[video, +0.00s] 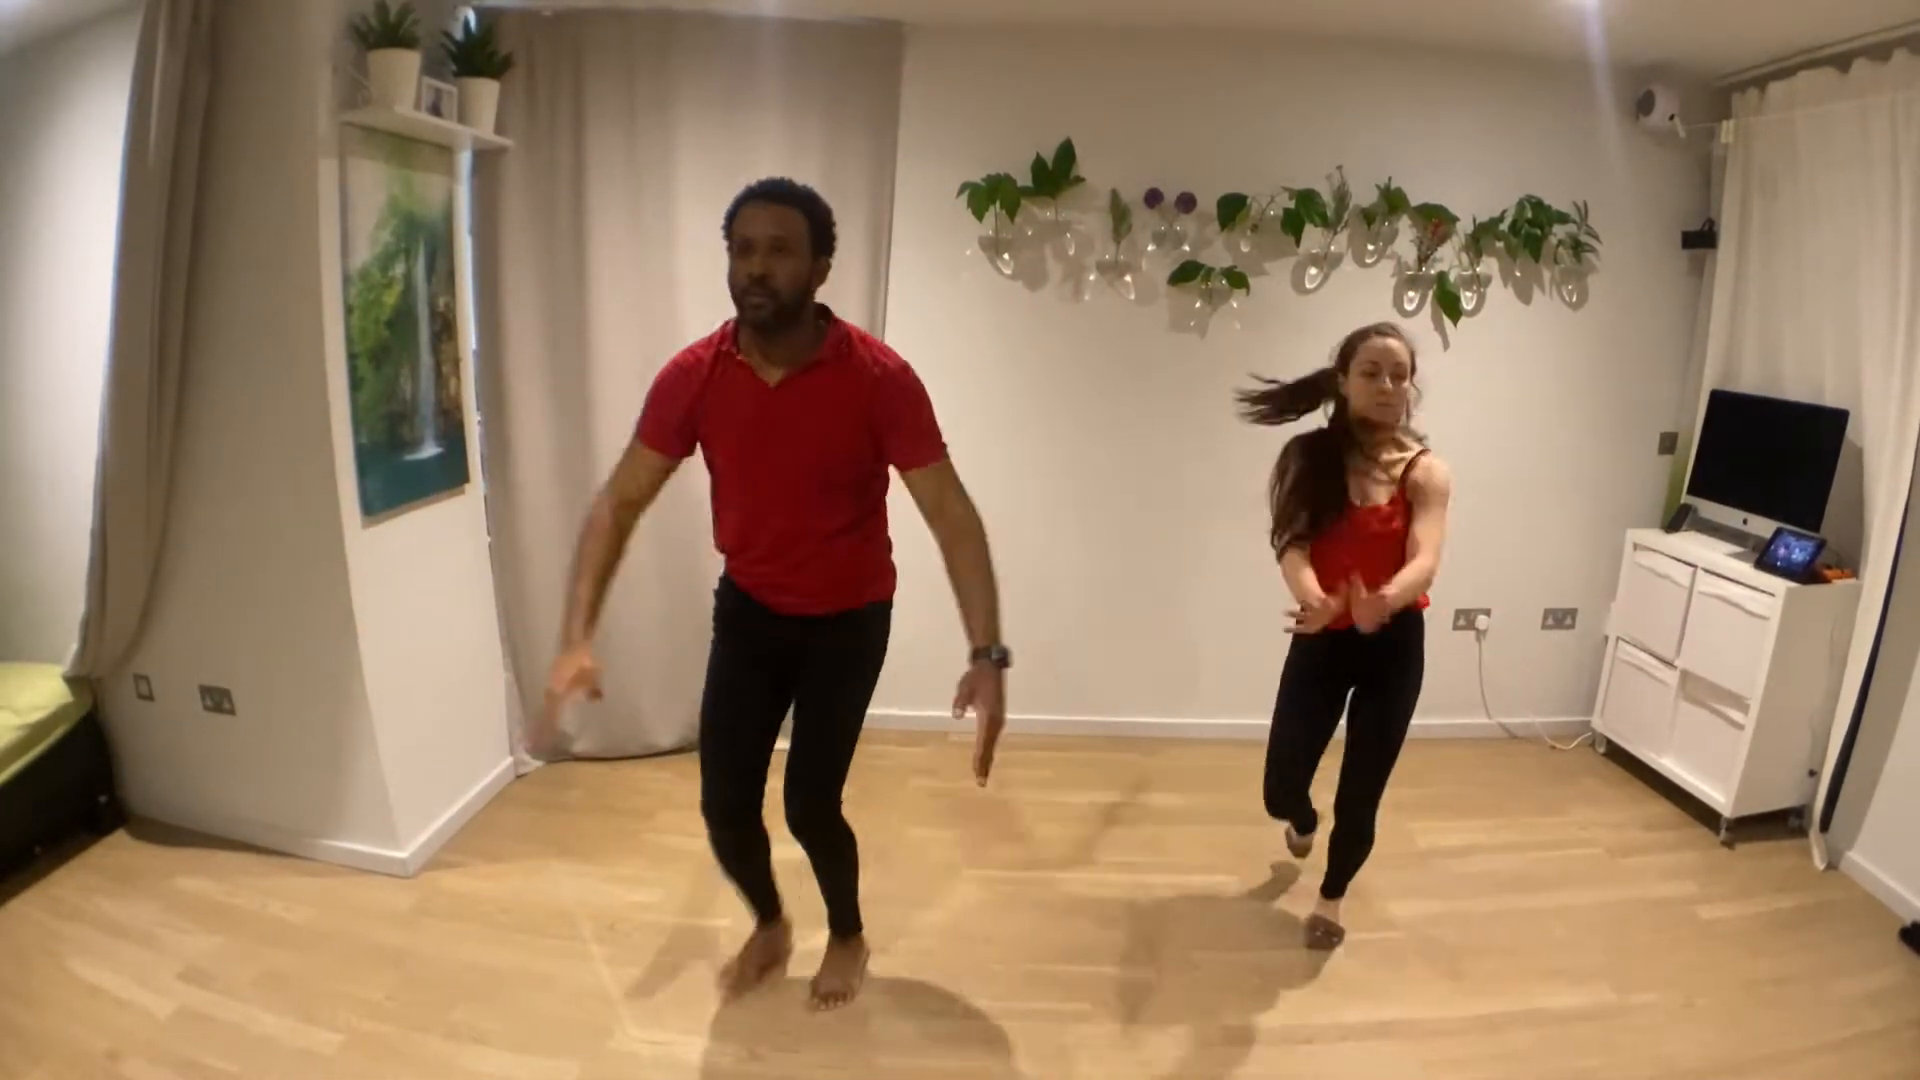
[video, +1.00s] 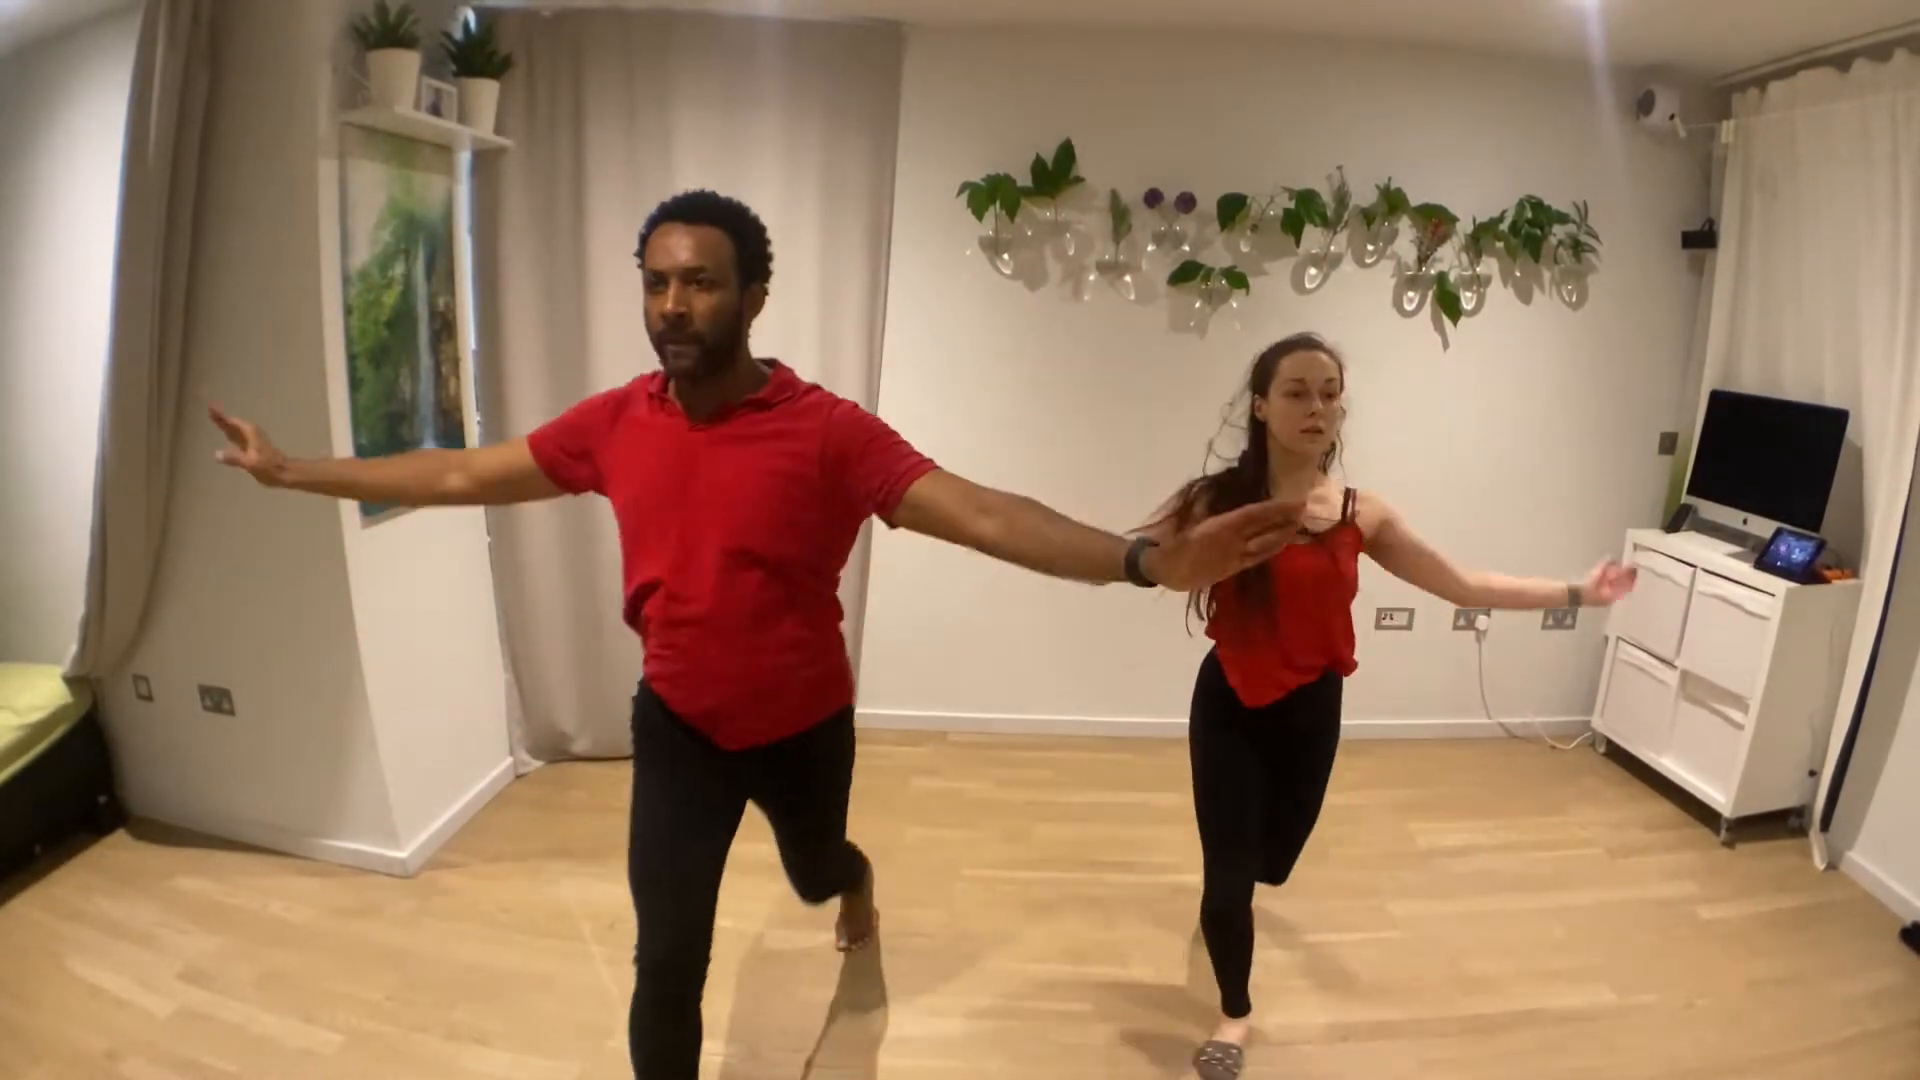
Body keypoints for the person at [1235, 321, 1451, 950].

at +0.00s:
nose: (1386, 386)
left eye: (1399, 376)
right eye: (1371, 373)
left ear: (1412, 388)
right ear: (1342, 382)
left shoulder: (1426, 472)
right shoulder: (1308, 457)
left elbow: (1427, 559)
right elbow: (1291, 545)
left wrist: (1387, 600)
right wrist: (1314, 596)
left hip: (1394, 647)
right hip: (1321, 640)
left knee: (1357, 796)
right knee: (1281, 790)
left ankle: (1332, 899)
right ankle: (1305, 825)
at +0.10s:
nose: (1382, 387)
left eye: (1394, 376)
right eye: (1365, 375)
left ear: (1405, 388)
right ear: (1334, 384)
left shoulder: (1419, 469)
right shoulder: (1300, 449)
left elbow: (1480, 556)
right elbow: (1266, 540)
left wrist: (1461, 639)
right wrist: (1283, 617)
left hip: (1389, 632)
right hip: (1314, 625)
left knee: (1360, 786)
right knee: (1310, 775)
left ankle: (1331, 901)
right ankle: (1298, 832)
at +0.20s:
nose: (1378, 385)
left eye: (1389, 372)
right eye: (1361, 372)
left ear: (1402, 382)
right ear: (1328, 381)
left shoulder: (1420, 462)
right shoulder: (1290, 448)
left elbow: (1521, 516)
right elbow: (1220, 511)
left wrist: (1552, 610)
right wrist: (1193, 585)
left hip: (1387, 639)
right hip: (1312, 634)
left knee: (1356, 793)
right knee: (1315, 782)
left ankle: (1324, 895)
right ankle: (1287, 907)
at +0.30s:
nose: (1375, 387)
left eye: (1386, 374)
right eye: (1357, 374)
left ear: (1396, 382)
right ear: (1320, 381)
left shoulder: (1410, 456)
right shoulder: (1281, 442)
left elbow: (1529, 486)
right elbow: (1189, 481)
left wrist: (1593, 559)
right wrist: (1124, 534)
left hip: (1386, 652)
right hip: (1309, 650)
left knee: (1350, 808)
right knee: (1297, 813)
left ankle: (1313, 894)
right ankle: (1259, 977)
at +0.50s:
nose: (1358, 392)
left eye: (1369, 378)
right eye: (1341, 378)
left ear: (1382, 388)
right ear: (1303, 388)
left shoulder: (1390, 452)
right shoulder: (1264, 447)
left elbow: (1494, 459)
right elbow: (1159, 450)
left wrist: (1585, 485)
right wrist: (1050, 448)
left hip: (1371, 668)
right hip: (1290, 670)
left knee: (1339, 828)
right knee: (1276, 856)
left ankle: (1302, 892)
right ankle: (1233, 1010)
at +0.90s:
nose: (1322, 410)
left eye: (1335, 397)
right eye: (1303, 396)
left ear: (1349, 413)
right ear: (1263, 411)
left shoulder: (1364, 512)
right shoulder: (1228, 502)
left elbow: (1471, 551)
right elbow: (1112, 523)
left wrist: (1567, 529)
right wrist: (1014, 478)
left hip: (1317, 722)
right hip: (1231, 717)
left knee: (1291, 891)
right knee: (1230, 883)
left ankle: (1245, 836)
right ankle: (1234, 1022)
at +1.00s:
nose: (1315, 406)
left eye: (1328, 393)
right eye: (1295, 393)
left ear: (1341, 406)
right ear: (1261, 407)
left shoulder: (1359, 512)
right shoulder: (1218, 497)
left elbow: (1463, 586)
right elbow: (1140, 555)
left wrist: (1578, 591)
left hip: (1311, 708)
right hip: (1229, 702)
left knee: (1275, 866)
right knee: (1230, 870)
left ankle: (1219, 874)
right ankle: (1234, 1014)